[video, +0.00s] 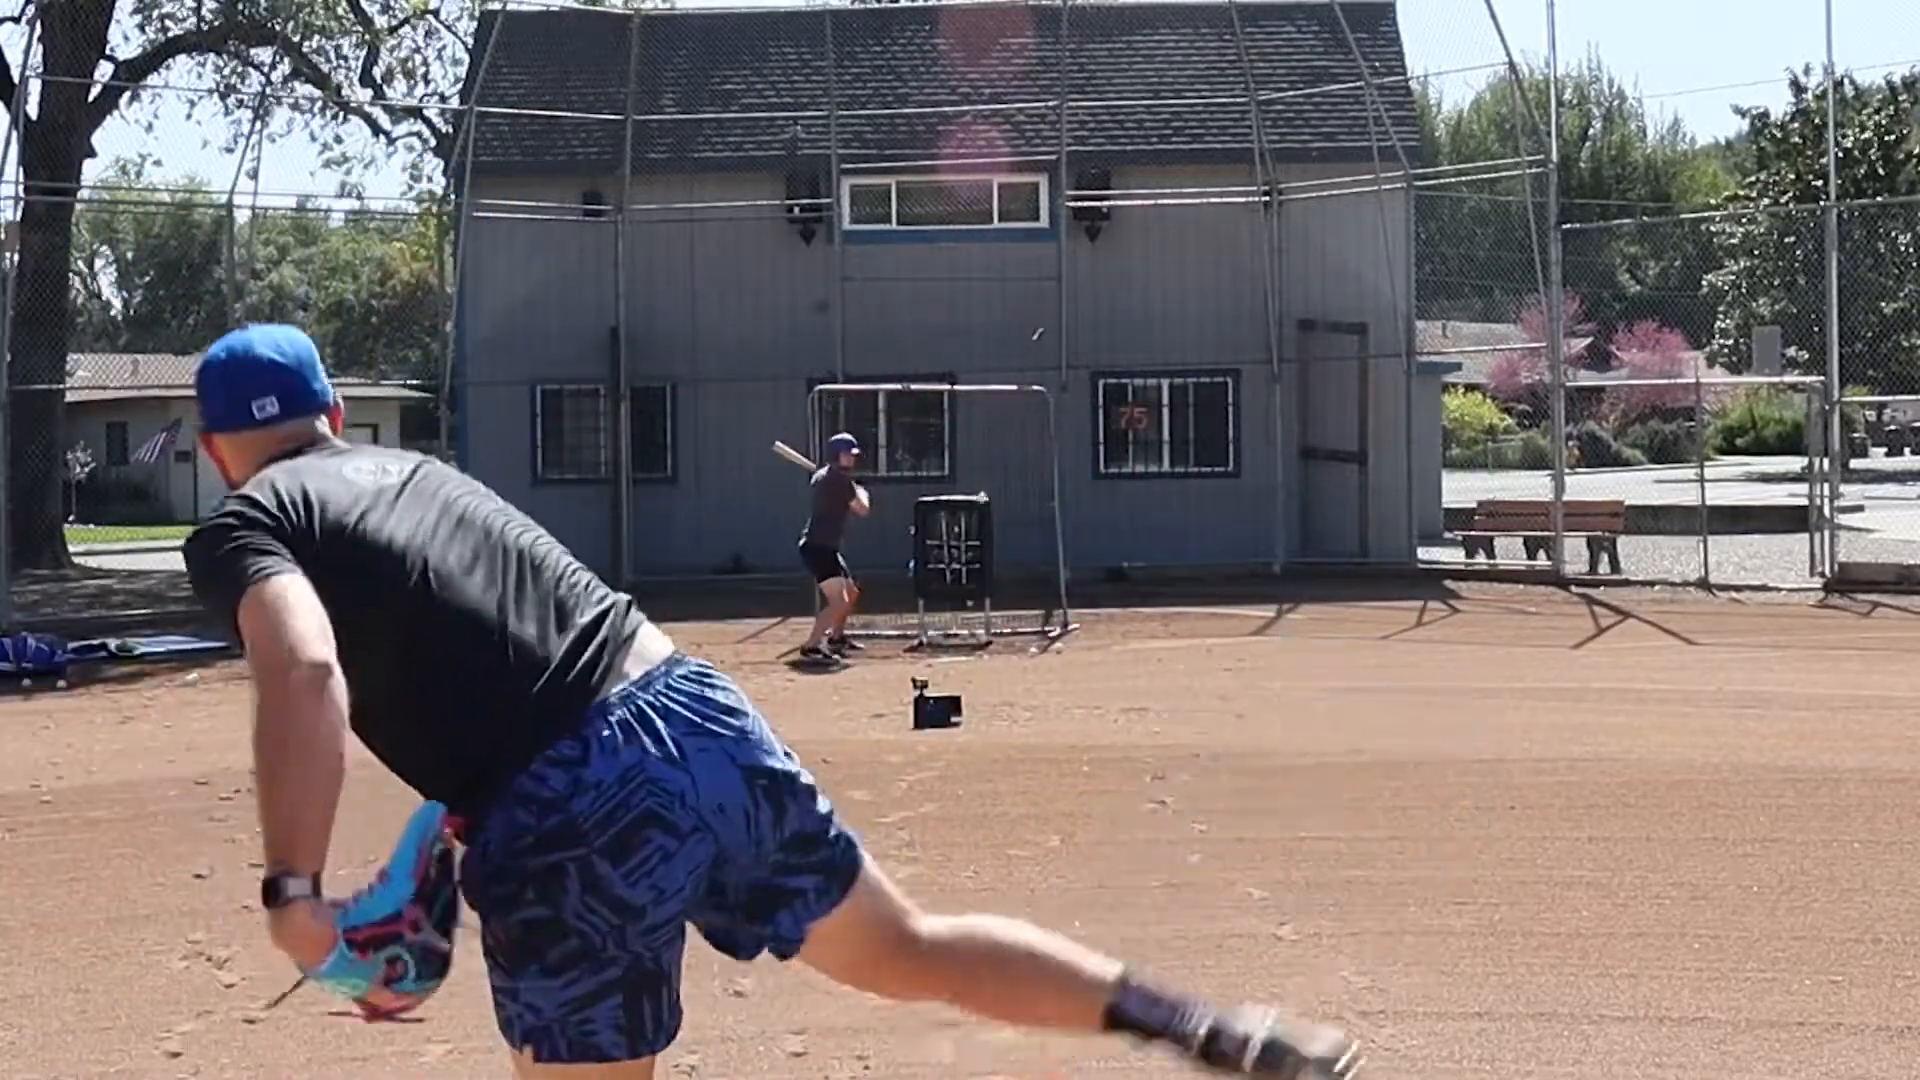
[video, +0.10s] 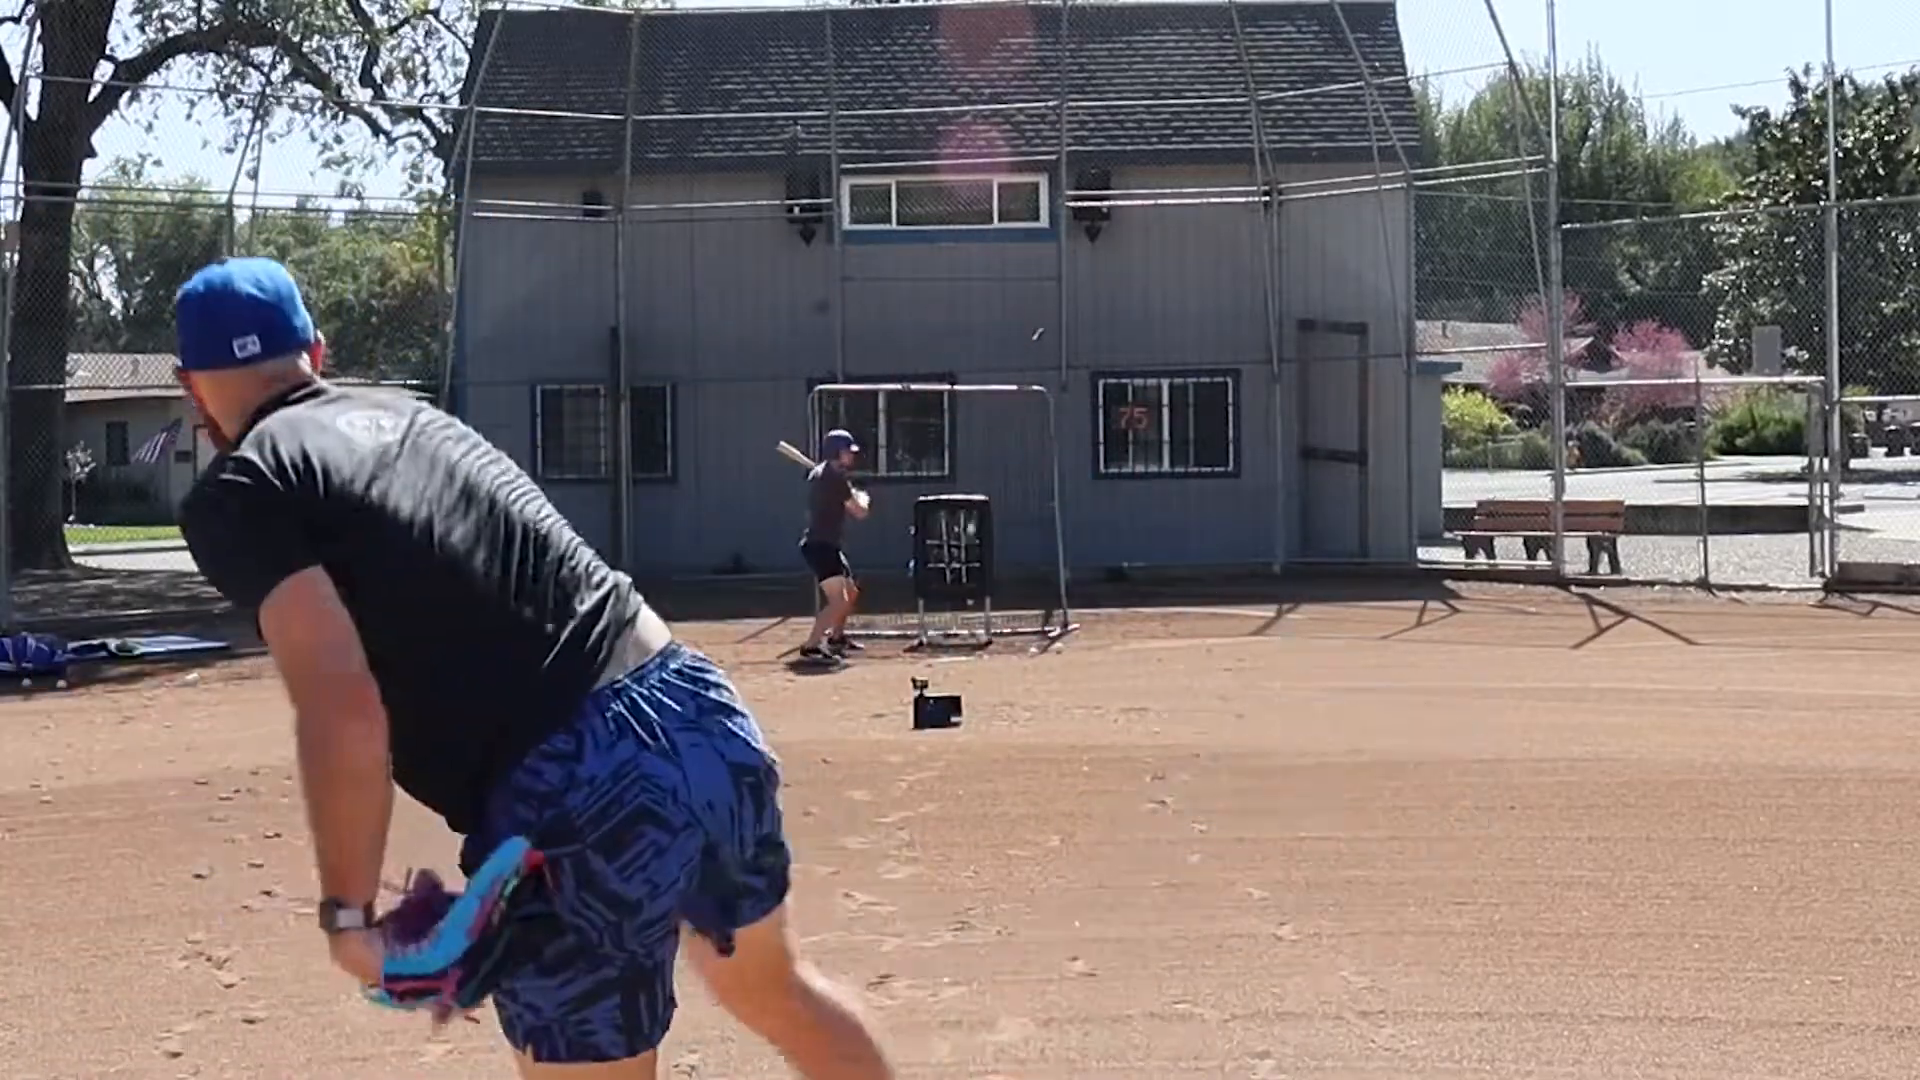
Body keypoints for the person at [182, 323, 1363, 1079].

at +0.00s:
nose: (209, 469)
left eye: (202, 449)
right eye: (222, 448)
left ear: (215, 438)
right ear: (331, 414)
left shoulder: (253, 520)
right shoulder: (416, 478)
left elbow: (302, 674)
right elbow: (522, 681)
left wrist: (293, 882)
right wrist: (428, 870)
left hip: (568, 809)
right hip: (702, 715)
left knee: (589, 1069)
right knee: (900, 947)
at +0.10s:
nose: (195, 407)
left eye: (189, 388)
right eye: (196, 387)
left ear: (198, 389)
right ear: (317, 354)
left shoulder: (243, 485)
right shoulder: (407, 411)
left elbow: (346, 706)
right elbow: (495, 606)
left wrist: (346, 910)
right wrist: (493, 852)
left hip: (577, 796)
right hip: (703, 709)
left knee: (596, 1066)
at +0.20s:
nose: (184, 359)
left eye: (180, 339)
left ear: (184, 346)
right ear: (310, 311)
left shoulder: (255, 456)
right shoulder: (401, 382)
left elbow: (364, 697)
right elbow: (470, 585)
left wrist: (353, 904)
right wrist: (448, 800)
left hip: (588, 784)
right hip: (690, 716)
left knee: (584, 1059)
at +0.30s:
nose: (181, 331)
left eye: (175, 313)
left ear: (183, 319)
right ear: (314, 284)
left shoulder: (269, 432)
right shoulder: (402, 362)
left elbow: (370, 691)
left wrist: (337, 885)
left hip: (582, 783)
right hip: (650, 716)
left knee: (577, 1055)